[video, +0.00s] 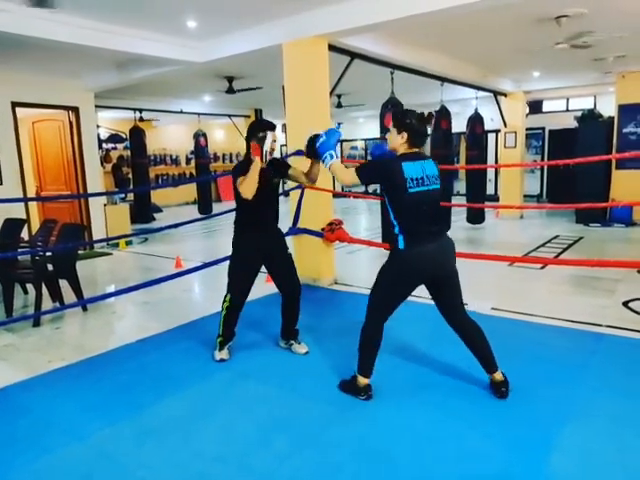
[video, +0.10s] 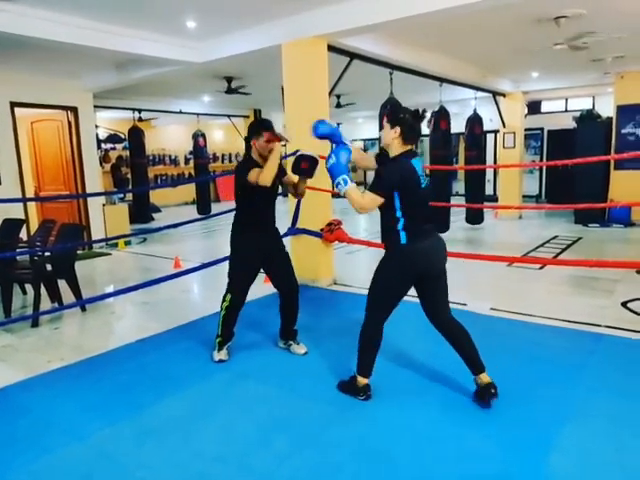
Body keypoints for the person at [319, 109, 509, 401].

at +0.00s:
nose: (387, 138)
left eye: (391, 133)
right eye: (388, 133)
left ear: (404, 137)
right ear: (416, 138)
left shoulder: (389, 165)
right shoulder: (431, 164)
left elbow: (346, 177)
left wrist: (329, 155)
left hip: (408, 258)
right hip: (442, 252)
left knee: (375, 315)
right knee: (457, 315)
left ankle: (362, 381)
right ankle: (497, 376)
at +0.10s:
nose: (381, 133)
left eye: (384, 128)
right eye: (383, 128)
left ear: (396, 133)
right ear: (403, 135)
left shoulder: (393, 168)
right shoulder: (410, 160)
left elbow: (364, 204)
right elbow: (363, 159)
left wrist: (341, 177)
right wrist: (338, 140)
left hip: (403, 254)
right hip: (431, 248)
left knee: (374, 316)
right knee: (441, 316)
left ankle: (361, 381)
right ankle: (483, 379)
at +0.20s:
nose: (379, 133)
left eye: (383, 128)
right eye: (381, 128)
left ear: (396, 133)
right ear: (399, 134)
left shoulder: (404, 173)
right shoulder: (387, 158)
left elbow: (377, 212)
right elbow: (346, 150)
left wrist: (353, 184)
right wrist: (312, 132)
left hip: (400, 258)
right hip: (426, 251)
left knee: (371, 318)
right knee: (440, 319)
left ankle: (360, 382)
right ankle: (478, 383)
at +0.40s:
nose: (389, 142)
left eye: (392, 136)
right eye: (389, 137)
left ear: (407, 138)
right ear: (413, 139)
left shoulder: (409, 175)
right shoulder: (428, 169)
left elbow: (387, 219)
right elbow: (399, 211)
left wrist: (370, 186)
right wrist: (380, 176)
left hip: (411, 263)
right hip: (438, 257)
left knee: (374, 317)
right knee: (438, 321)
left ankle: (359, 383)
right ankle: (474, 386)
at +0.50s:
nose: (395, 142)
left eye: (399, 136)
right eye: (396, 136)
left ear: (412, 137)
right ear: (420, 138)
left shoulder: (410, 174)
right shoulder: (437, 167)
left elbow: (389, 218)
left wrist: (378, 184)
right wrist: (389, 175)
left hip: (421, 263)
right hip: (452, 258)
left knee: (385, 324)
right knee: (449, 324)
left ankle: (360, 384)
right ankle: (476, 389)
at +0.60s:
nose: (399, 139)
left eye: (402, 133)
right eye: (400, 133)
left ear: (415, 134)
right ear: (425, 134)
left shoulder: (410, 169)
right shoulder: (443, 162)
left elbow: (391, 215)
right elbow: (430, 205)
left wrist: (383, 195)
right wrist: (395, 195)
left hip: (425, 261)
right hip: (458, 256)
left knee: (390, 322)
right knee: (452, 322)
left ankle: (367, 384)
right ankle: (477, 389)